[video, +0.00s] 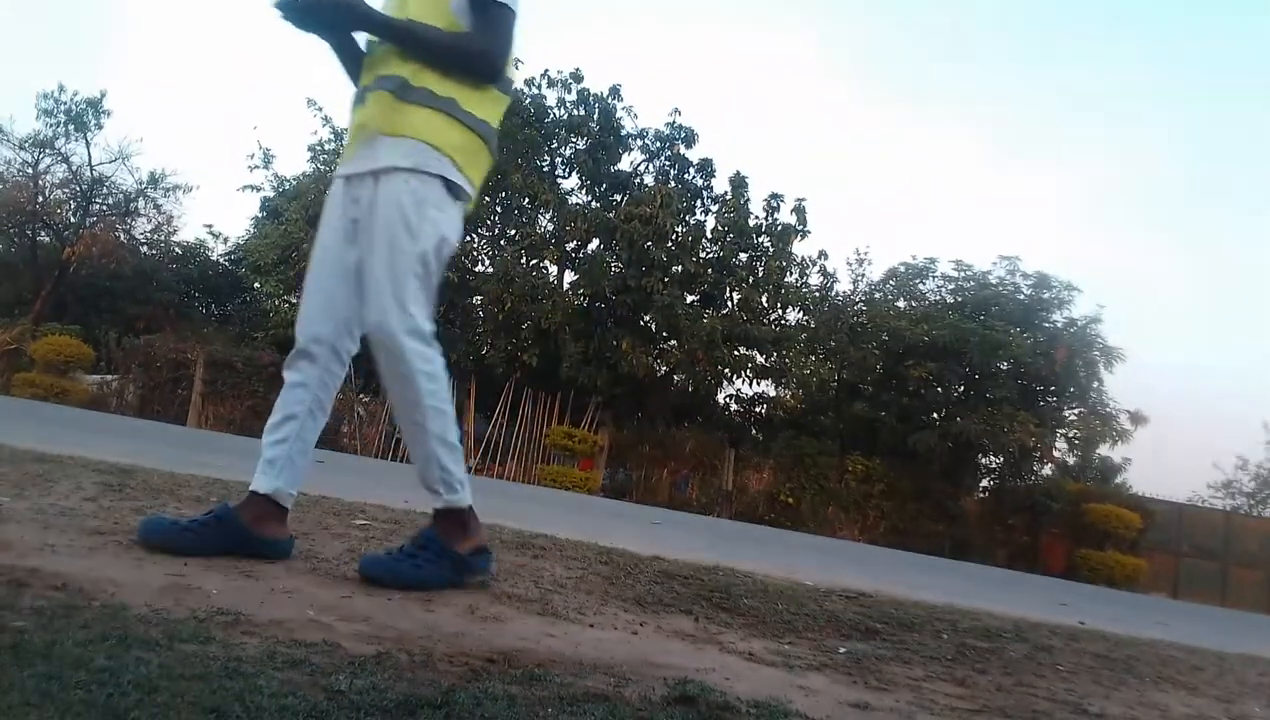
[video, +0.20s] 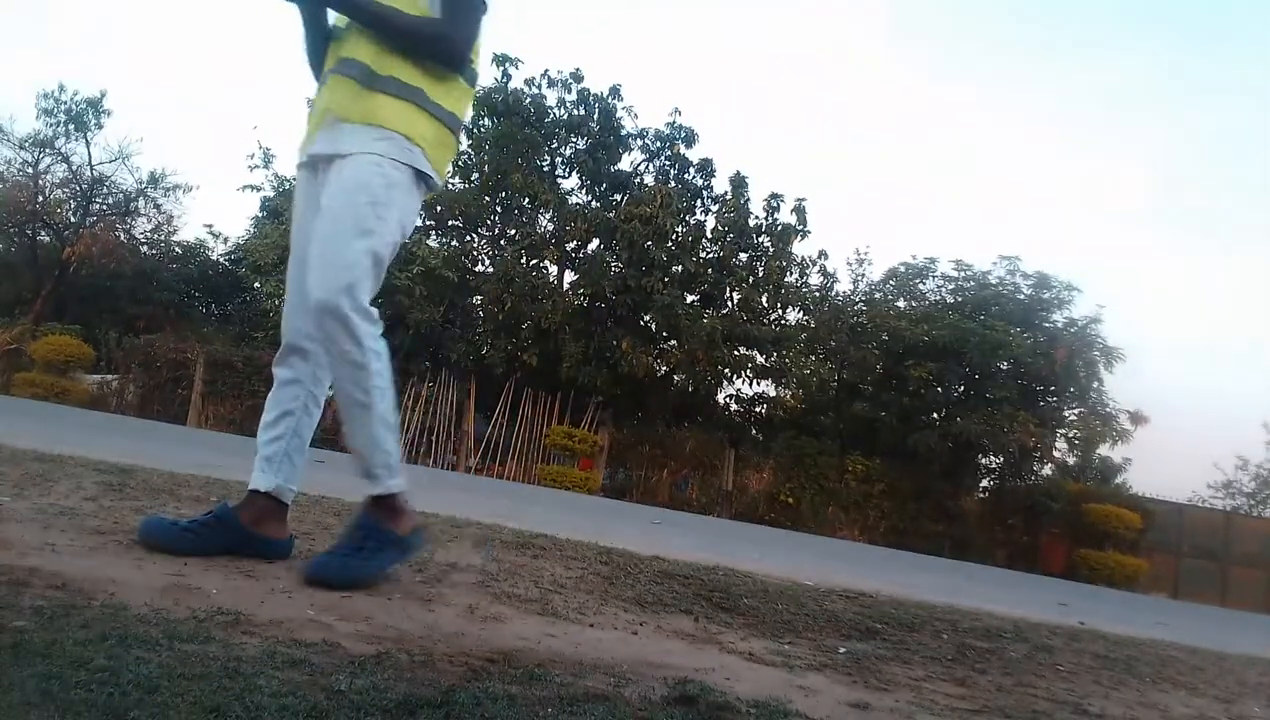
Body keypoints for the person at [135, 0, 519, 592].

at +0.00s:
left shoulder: (480, 5)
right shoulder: (401, 18)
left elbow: (487, 59)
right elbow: (380, 91)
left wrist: (370, 18)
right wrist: (335, 32)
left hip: (425, 157)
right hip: (358, 161)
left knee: (397, 327)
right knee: (318, 342)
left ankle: (459, 529)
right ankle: (263, 512)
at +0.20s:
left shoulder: (456, 4)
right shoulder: (364, 10)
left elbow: (451, 46)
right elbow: (330, 73)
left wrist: (354, 5)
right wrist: (311, 9)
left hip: (393, 132)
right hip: (327, 132)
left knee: (337, 300)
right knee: (301, 331)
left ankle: (391, 509)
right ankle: (264, 512)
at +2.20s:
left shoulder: (447, 9)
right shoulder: (338, 21)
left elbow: (440, 30)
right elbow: (322, 38)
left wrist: (347, 0)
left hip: (378, 134)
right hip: (307, 129)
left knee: (353, 337)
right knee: (290, 333)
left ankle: (328, 523)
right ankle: (262, 508)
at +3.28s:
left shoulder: (473, 6)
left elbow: (465, 39)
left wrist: (398, 16)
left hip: (405, 140)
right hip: (332, 128)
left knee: (369, 335)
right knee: (305, 316)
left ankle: (331, 521)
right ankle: (264, 504)